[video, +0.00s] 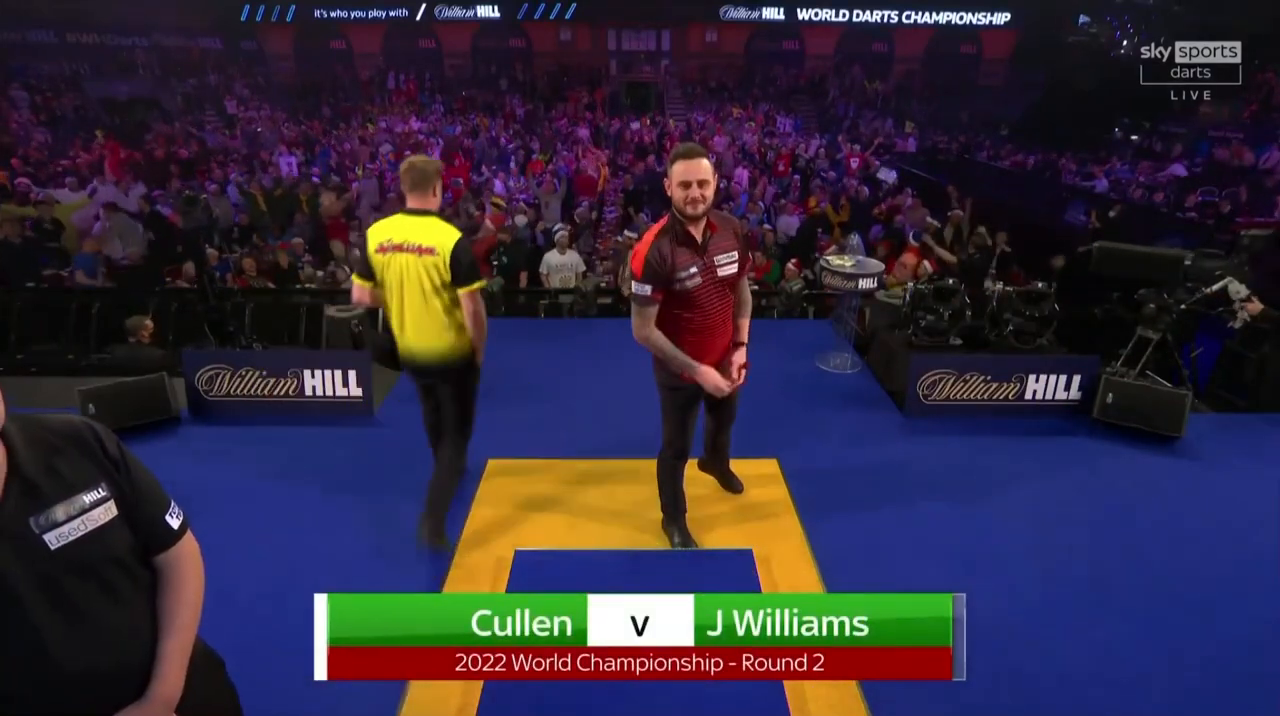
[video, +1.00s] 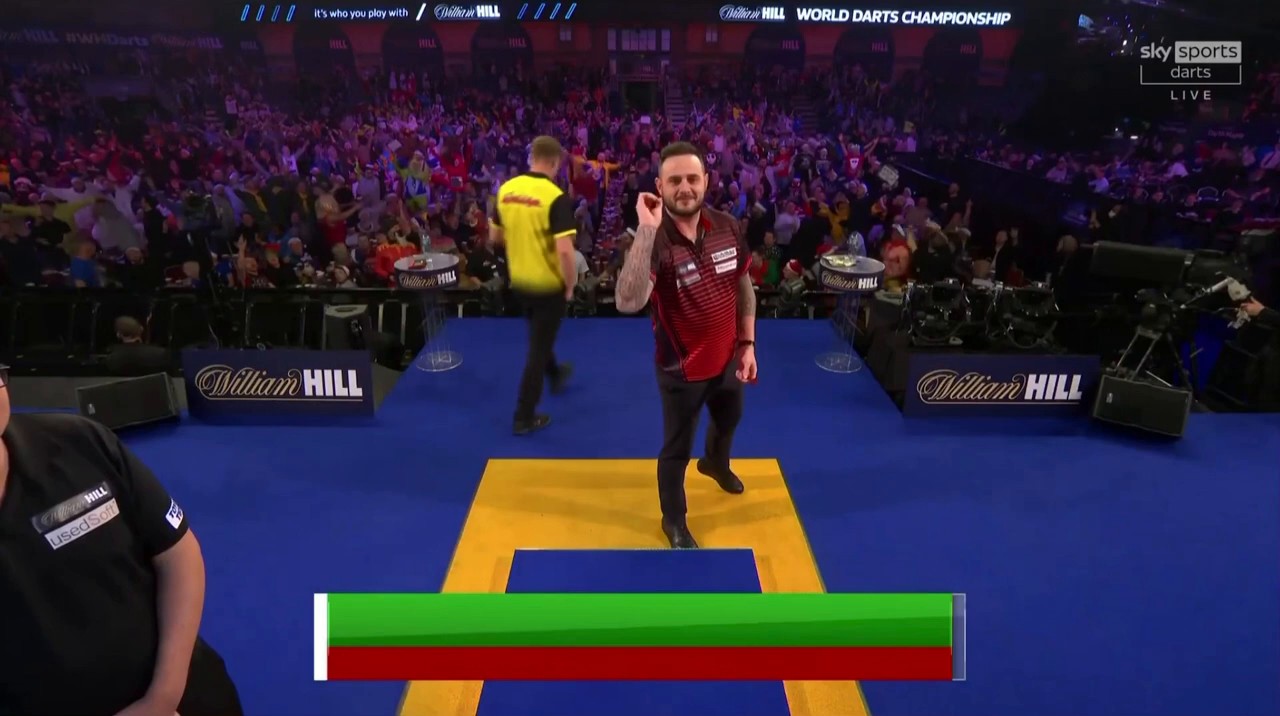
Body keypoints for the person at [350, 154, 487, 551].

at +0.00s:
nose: (441, 194)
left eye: (436, 189)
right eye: (441, 188)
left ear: (402, 190)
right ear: (437, 189)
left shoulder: (376, 234)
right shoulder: (451, 239)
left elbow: (361, 296)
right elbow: (471, 306)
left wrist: (399, 295)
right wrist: (478, 349)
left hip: (409, 351)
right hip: (451, 351)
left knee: (433, 415)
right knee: (454, 440)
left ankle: (449, 472)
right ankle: (432, 529)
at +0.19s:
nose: (464, 183)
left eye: (462, 178)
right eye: (464, 178)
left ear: (426, 176)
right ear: (460, 177)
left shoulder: (400, 216)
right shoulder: (462, 222)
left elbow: (386, 270)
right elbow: (479, 285)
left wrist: (420, 271)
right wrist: (490, 324)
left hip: (424, 326)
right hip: (463, 326)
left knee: (441, 400)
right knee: (488, 384)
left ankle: (448, 469)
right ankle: (465, 462)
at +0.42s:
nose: (495, 181)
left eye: (492, 176)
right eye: (495, 177)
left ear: (462, 173)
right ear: (492, 177)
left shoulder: (435, 208)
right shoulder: (490, 219)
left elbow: (432, 256)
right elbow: (500, 276)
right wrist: (510, 311)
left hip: (446, 313)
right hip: (485, 315)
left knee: (452, 391)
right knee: (503, 375)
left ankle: (449, 469)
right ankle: (522, 417)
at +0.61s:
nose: (522, 177)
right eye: (524, 172)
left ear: (494, 168)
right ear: (523, 172)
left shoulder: (466, 198)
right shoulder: (521, 210)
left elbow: (455, 245)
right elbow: (529, 263)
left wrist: (479, 257)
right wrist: (538, 298)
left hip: (477, 297)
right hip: (514, 300)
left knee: (482, 366)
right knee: (523, 362)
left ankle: (463, 430)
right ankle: (524, 418)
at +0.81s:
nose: (543, 169)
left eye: (542, 164)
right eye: (544, 164)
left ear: (516, 159)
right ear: (542, 163)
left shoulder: (488, 189)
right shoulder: (541, 198)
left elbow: (477, 238)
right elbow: (552, 252)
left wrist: (505, 238)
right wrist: (557, 287)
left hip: (502, 283)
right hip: (534, 286)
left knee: (519, 348)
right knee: (530, 354)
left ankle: (516, 410)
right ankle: (524, 417)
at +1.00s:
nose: (558, 168)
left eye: (558, 164)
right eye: (559, 164)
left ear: (531, 159)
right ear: (555, 163)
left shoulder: (506, 189)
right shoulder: (556, 197)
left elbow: (495, 235)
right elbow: (564, 249)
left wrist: (520, 239)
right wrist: (570, 284)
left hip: (518, 279)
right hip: (547, 282)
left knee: (541, 333)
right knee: (537, 352)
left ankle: (554, 373)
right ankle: (524, 417)